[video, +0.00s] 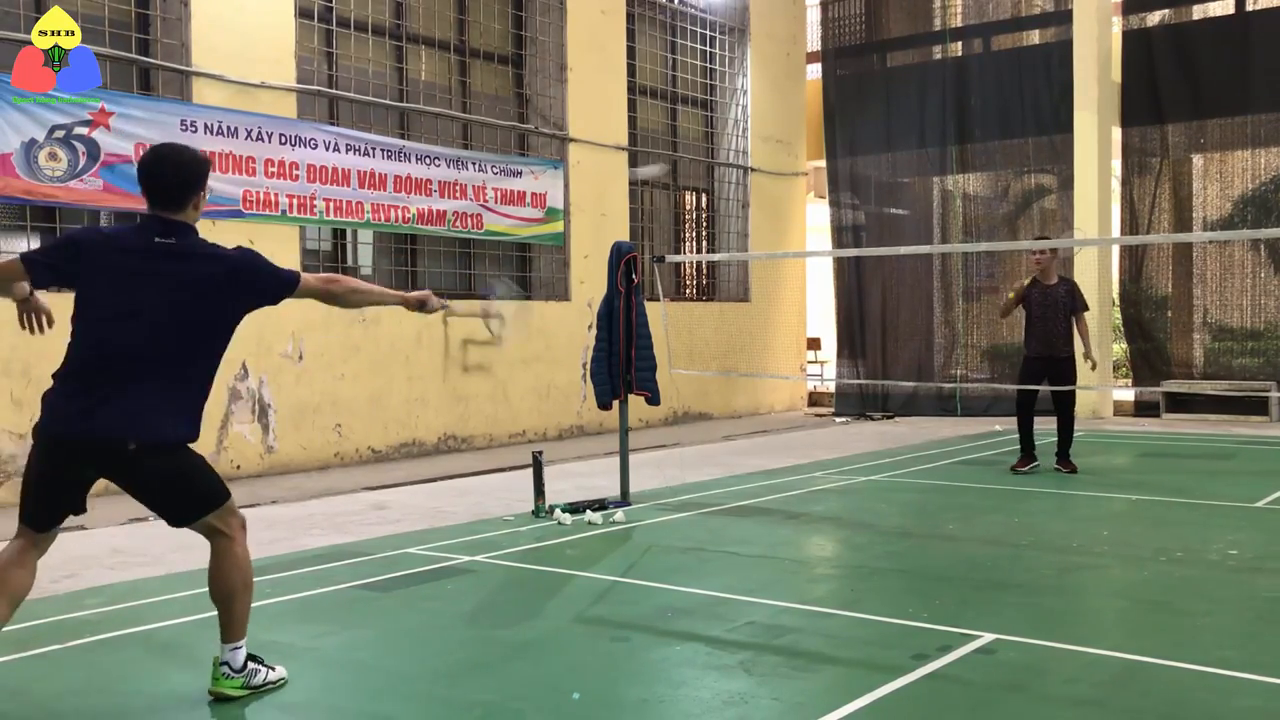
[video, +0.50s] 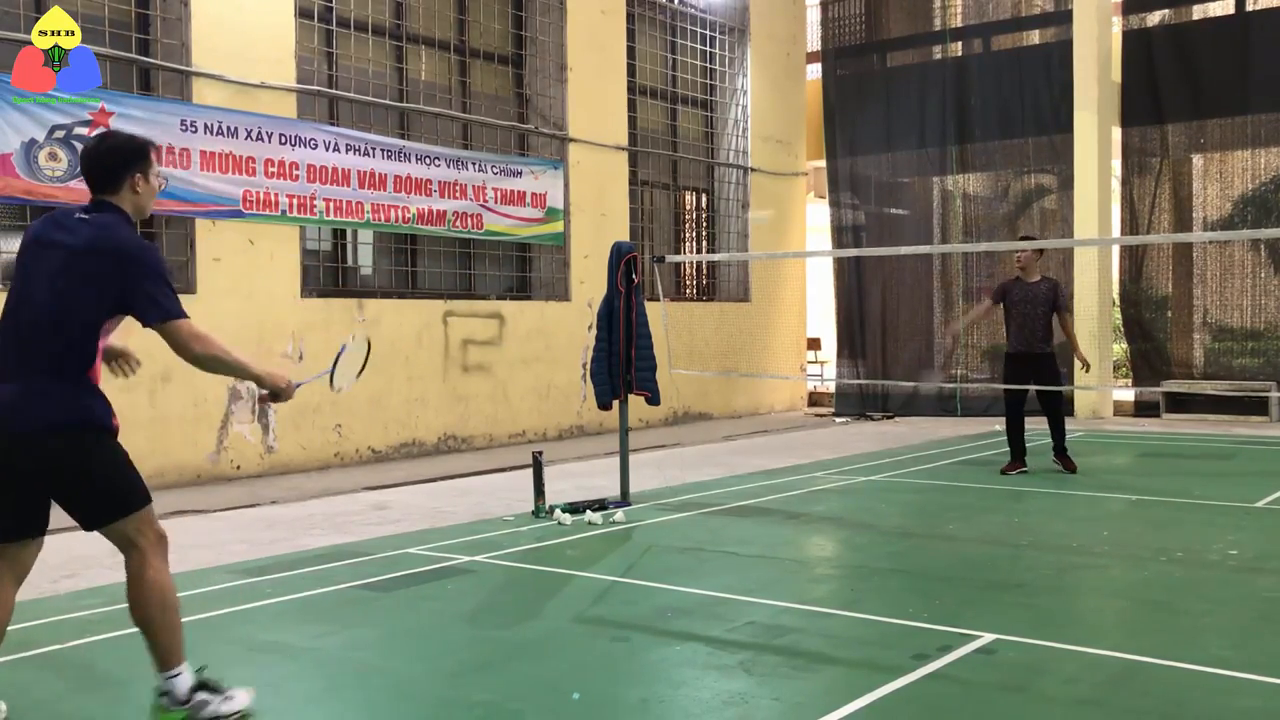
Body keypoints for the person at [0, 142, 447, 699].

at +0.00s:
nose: (207, 193)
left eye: (201, 186)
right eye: (206, 187)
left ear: (145, 192)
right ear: (199, 197)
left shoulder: (93, 246)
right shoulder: (230, 268)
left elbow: (9, 272)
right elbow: (329, 287)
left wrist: (22, 295)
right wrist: (404, 297)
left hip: (64, 430)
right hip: (151, 439)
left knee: (26, 541)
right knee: (228, 528)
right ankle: (233, 663)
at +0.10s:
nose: (206, 184)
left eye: (203, 175)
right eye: (203, 177)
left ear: (141, 184)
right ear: (193, 185)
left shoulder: (90, 233)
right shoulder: (218, 263)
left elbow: (8, 264)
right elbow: (315, 298)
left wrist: (28, 285)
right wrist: (388, 304)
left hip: (61, 424)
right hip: (145, 432)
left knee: (29, 544)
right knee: (218, 529)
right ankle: (233, 663)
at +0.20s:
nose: (190, 180)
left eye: (187, 169)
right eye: (186, 171)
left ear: (125, 180)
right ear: (171, 180)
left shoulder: (76, 231)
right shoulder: (185, 260)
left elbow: (8, 271)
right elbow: (278, 322)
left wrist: (53, 292)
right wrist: (353, 328)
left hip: (46, 425)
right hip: (125, 432)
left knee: (30, 551)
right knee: (193, 538)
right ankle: (230, 664)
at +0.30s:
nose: (170, 190)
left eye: (167, 179)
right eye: (165, 181)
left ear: (107, 188)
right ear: (145, 187)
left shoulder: (56, 238)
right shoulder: (151, 262)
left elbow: (13, 282)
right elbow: (230, 337)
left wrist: (68, 310)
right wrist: (300, 350)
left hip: (23, 433)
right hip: (97, 438)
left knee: (23, 565)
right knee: (170, 546)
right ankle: (226, 666)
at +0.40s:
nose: (160, 194)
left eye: (157, 182)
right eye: (155, 183)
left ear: (96, 191)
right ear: (134, 188)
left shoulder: (46, 237)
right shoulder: (129, 257)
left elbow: (39, 309)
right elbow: (198, 343)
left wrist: (106, 326)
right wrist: (272, 362)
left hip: (9, 432)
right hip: (75, 436)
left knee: (17, 562)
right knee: (151, 547)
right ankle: (215, 666)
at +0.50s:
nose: (159, 186)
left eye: (156, 175)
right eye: (155, 175)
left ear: (94, 183)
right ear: (135, 181)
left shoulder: (46, 227)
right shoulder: (131, 250)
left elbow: (25, 310)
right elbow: (191, 344)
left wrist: (95, 343)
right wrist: (265, 377)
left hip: (9, 421)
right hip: (70, 425)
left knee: (12, 561)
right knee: (145, 543)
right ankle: (177, 683)